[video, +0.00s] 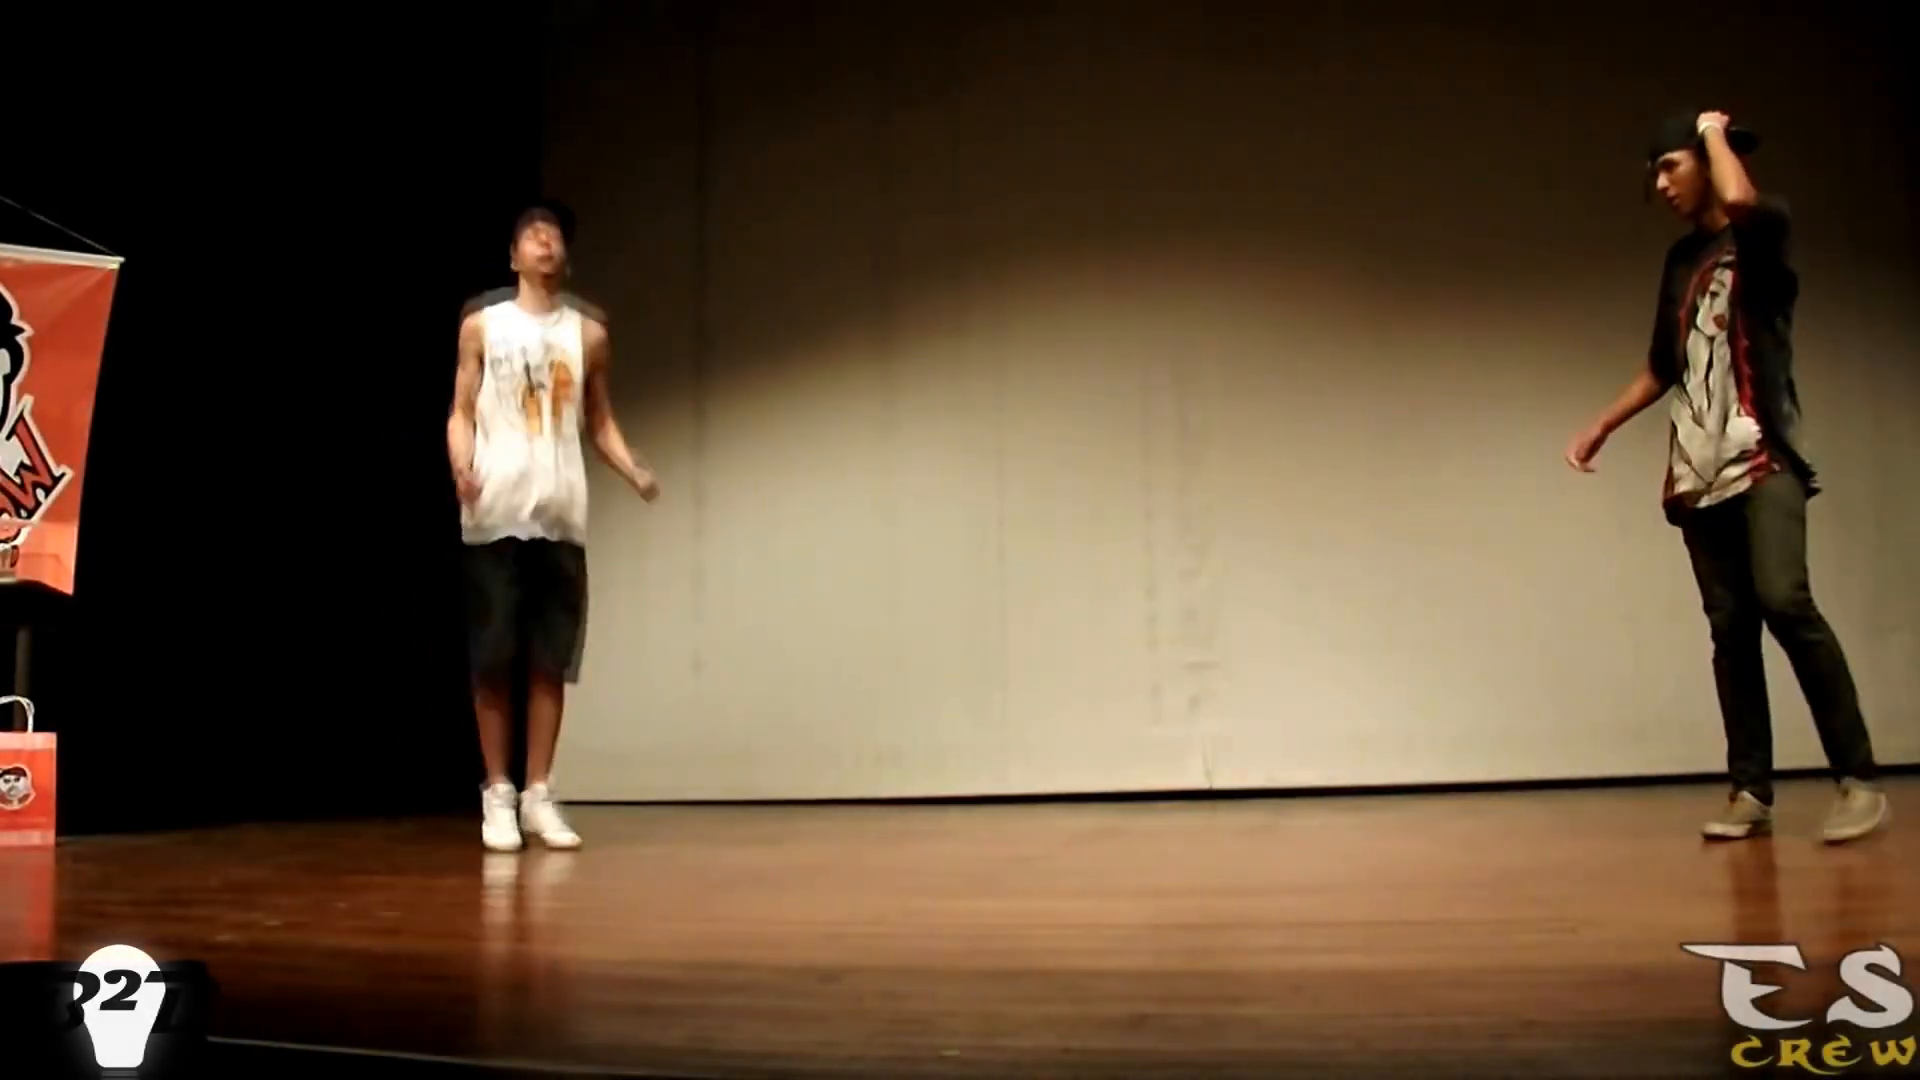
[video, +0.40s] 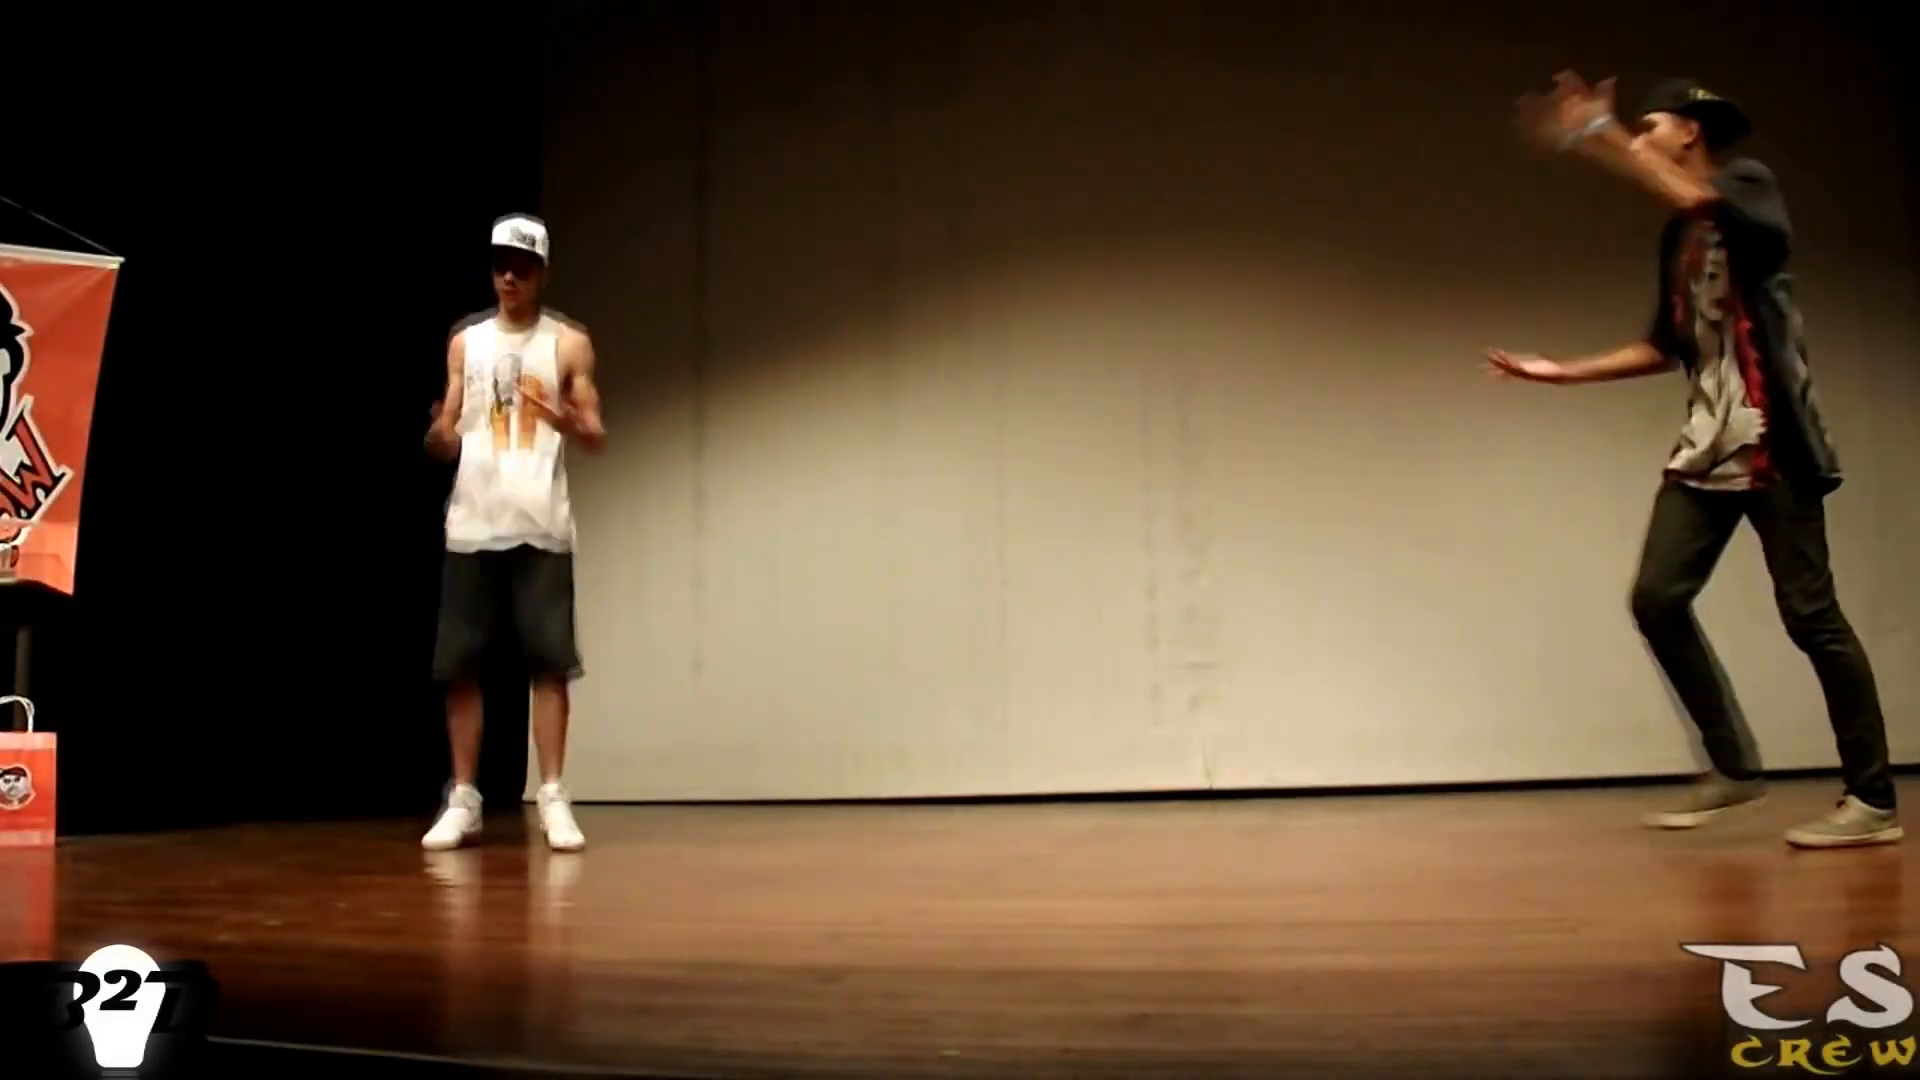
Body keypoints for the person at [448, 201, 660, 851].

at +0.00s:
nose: (545, 245)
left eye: (554, 236)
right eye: (534, 236)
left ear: (566, 253)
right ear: (514, 251)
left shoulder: (589, 332)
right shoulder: (481, 325)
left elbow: (600, 420)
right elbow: (462, 410)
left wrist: (633, 470)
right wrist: (463, 465)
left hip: (560, 520)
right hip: (492, 519)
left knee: (551, 666)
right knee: (493, 665)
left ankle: (538, 797)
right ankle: (498, 796)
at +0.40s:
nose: (511, 279)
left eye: (523, 268)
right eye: (503, 267)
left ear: (543, 274)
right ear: (491, 271)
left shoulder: (569, 342)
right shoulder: (465, 342)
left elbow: (593, 434)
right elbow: (447, 431)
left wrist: (553, 410)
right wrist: (443, 431)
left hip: (541, 531)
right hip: (471, 530)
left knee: (550, 666)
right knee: (461, 666)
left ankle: (551, 796)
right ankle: (464, 797)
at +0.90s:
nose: (581, 352)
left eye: (590, 344)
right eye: (573, 340)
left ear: (602, 345)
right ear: (552, 334)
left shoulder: (613, 392)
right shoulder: (514, 387)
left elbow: (607, 468)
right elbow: (511, 468)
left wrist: (573, 417)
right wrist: (557, 421)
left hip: (582, 565)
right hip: (513, 562)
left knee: (598, 688)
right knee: (472, 679)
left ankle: (579, 786)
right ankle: (440, 799)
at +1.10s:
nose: (654, 356)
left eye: (660, 348)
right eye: (650, 343)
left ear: (661, 348)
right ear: (624, 331)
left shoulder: (650, 389)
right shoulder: (566, 380)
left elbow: (653, 471)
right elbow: (568, 464)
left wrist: (645, 415)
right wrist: (621, 418)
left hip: (629, 555)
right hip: (571, 551)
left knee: (636, 680)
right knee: (554, 677)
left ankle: (593, 782)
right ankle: (530, 790)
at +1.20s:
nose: (680, 357)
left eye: (687, 348)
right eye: (677, 343)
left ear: (684, 347)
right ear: (650, 328)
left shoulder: (671, 385)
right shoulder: (591, 373)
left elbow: (670, 471)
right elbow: (591, 458)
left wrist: (666, 414)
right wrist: (646, 417)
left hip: (647, 544)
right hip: (598, 542)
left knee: (638, 673)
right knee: (621, 670)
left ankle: (595, 779)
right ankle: (601, 781)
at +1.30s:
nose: (710, 363)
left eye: (716, 352)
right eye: (705, 348)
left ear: (711, 351)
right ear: (674, 332)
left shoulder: (695, 393)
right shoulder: (616, 381)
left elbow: (696, 478)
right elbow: (619, 467)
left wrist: (687, 425)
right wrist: (675, 427)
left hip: (668, 552)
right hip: (621, 550)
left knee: (634, 675)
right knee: (667, 671)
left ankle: (584, 782)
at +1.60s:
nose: (784, 349)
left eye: (789, 337)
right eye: (779, 335)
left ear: (776, 335)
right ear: (750, 326)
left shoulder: (757, 382)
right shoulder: (695, 382)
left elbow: (780, 467)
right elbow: (712, 472)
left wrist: (771, 413)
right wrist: (766, 418)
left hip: (753, 554)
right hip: (717, 557)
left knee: (748, 685)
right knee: (765, 674)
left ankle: (663, 757)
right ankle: (778, 803)